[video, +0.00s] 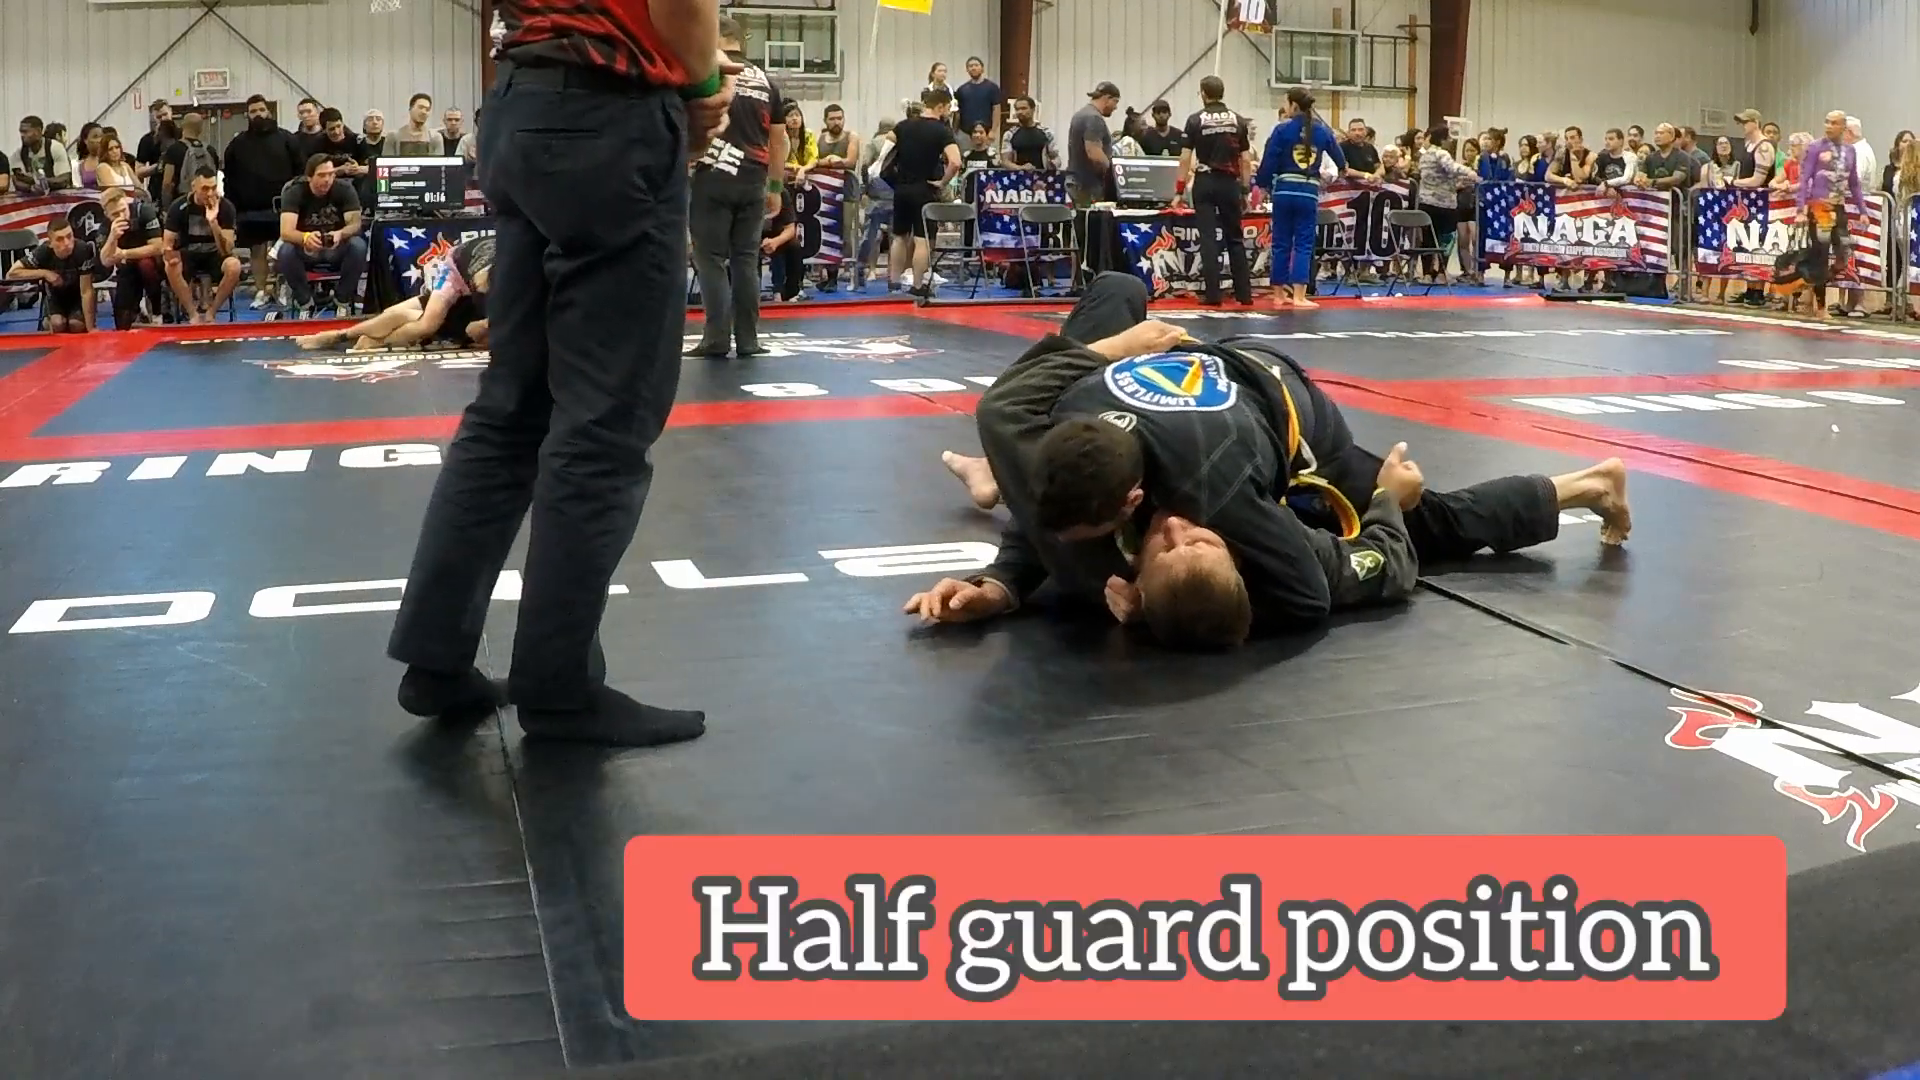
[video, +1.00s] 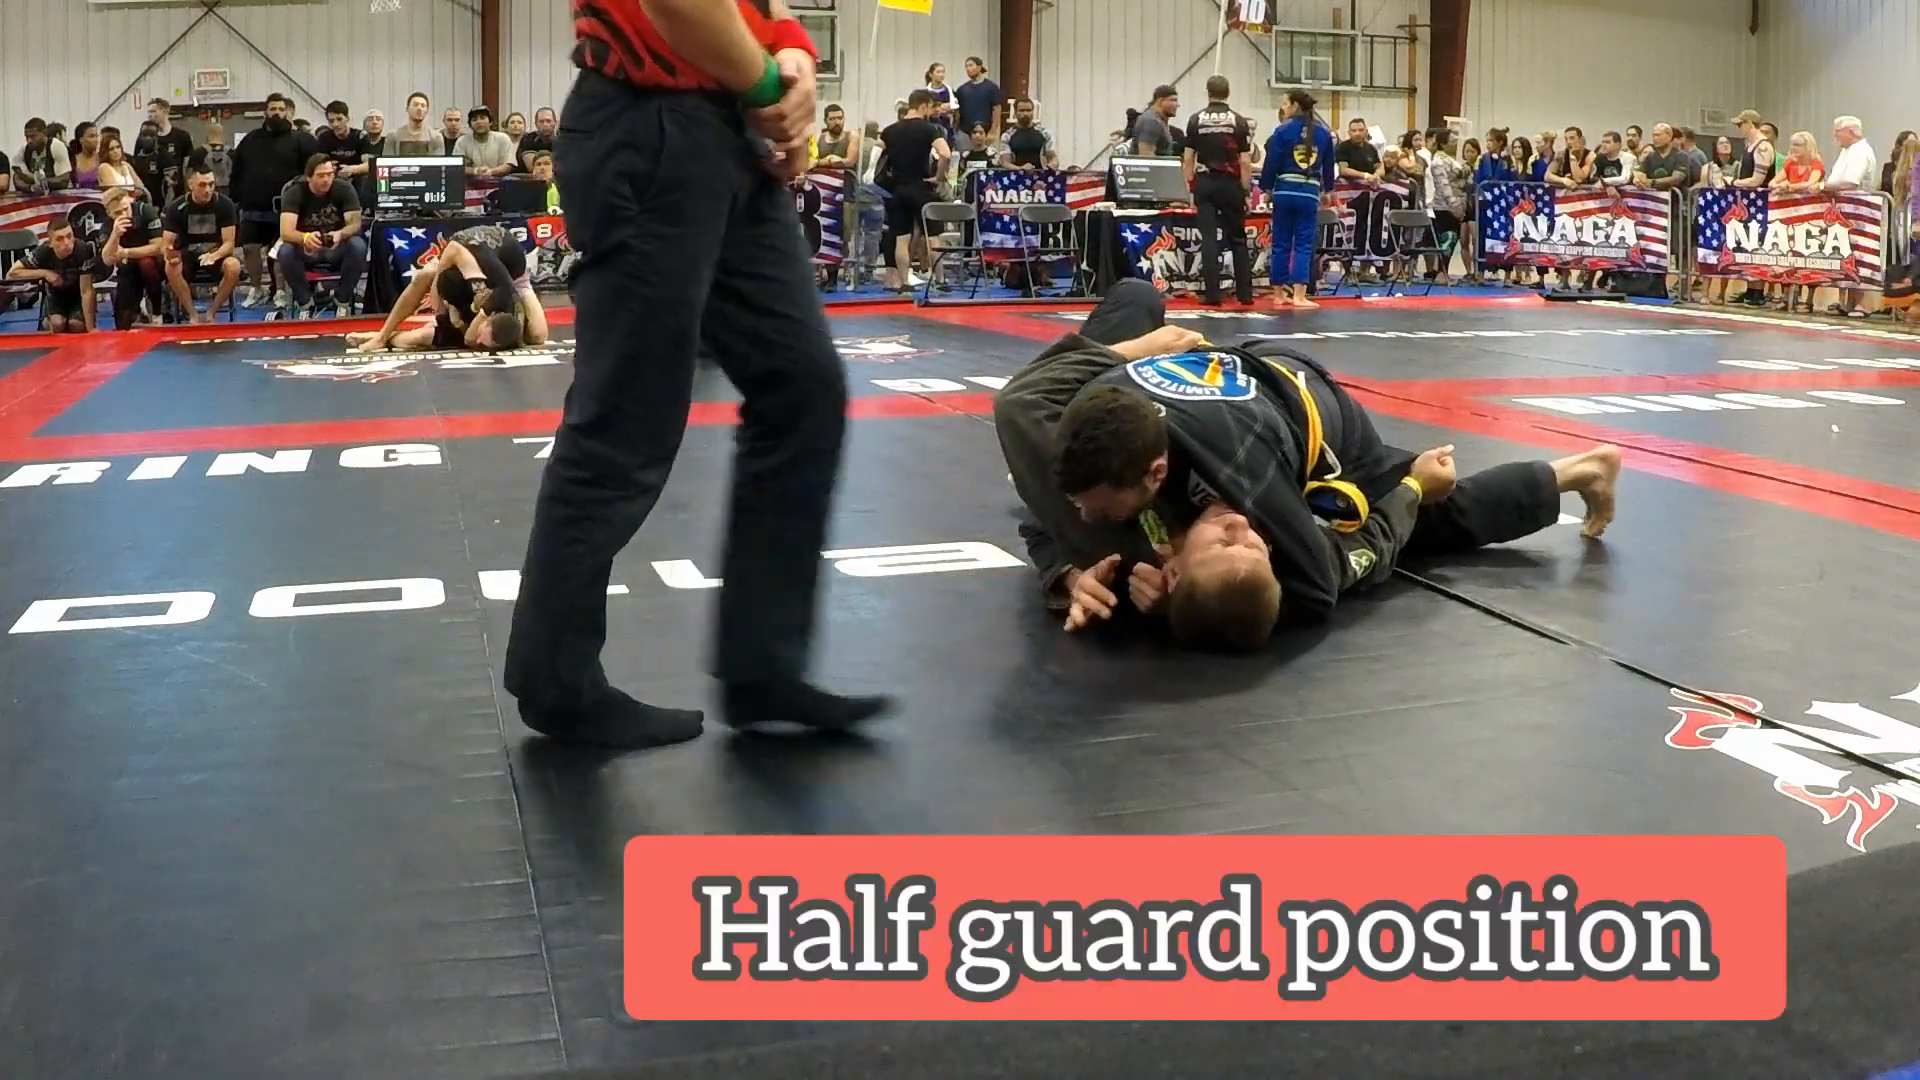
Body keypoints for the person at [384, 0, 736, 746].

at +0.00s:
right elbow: (679, 6)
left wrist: (688, 81)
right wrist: (705, 82)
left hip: (524, 95)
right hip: (614, 112)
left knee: (513, 404)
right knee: (607, 422)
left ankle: (435, 664)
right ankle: (559, 689)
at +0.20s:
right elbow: (681, 8)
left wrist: (705, 79)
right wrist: (721, 82)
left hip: (547, 98)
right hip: (621, 116)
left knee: (547, 400)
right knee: (611, 420)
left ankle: (448, 648)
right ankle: (557, 689)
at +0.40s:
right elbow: (673, 7)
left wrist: (713, 74)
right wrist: (727, 77)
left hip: (570, 105)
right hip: (619, 118)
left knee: (573, 409)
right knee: (601, 423)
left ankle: (473, 646)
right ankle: (550, 688)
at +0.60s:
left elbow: (678, 6)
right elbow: (666, 7)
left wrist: (744, 64)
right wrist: (732, 91)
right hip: (616, 116)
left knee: (637, 395)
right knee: (605, 416)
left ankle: (488, 617)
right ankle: (545, 693)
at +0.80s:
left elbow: (709, 8)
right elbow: (664, 8)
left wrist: (766, 65)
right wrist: (747, 90)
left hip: (684, 118)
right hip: (621, 118)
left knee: (726, 391)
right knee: (611, 424)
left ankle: (599, 634)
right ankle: (549, 684)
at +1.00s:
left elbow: (755, 9)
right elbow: (672, 5)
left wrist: (798, 58)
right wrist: (768, 94)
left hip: (730, 123)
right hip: (644, 119)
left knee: (802, 392)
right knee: (621, 426)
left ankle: (761, 677)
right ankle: (556, 684)